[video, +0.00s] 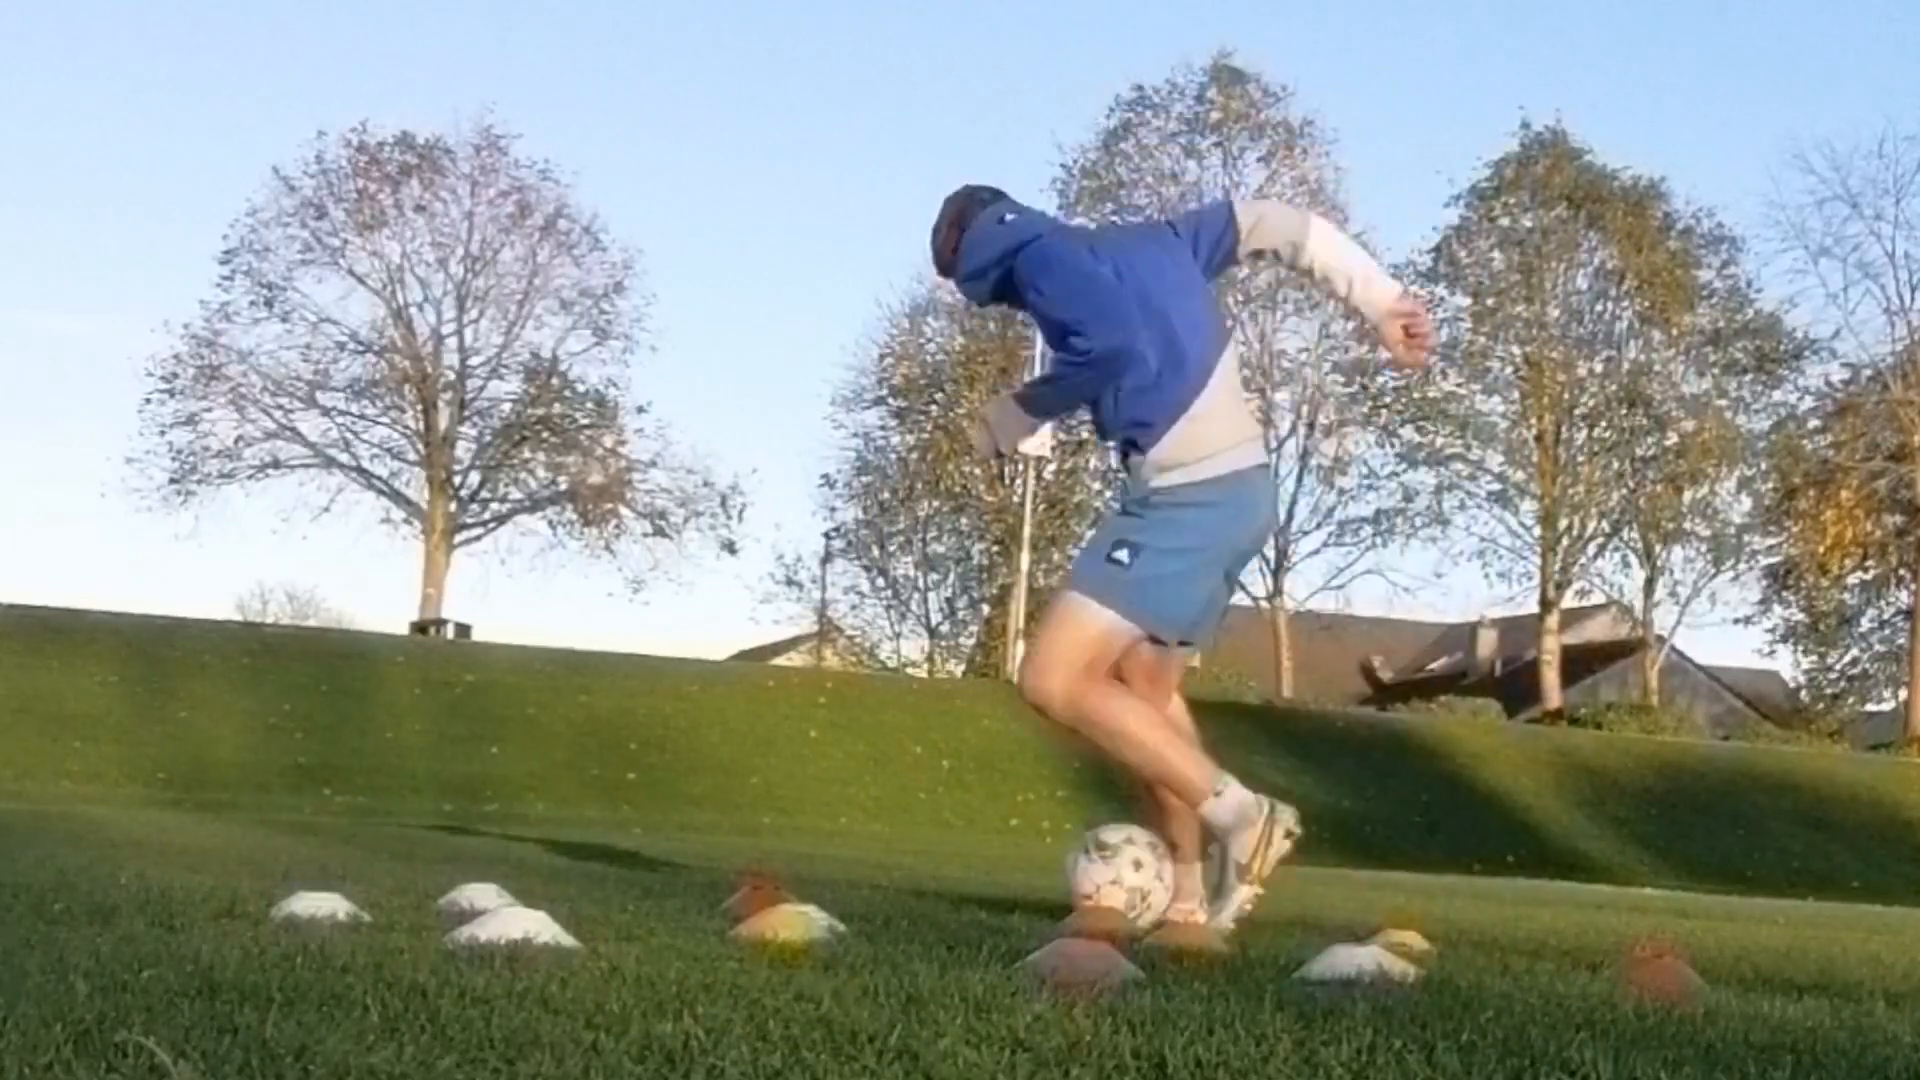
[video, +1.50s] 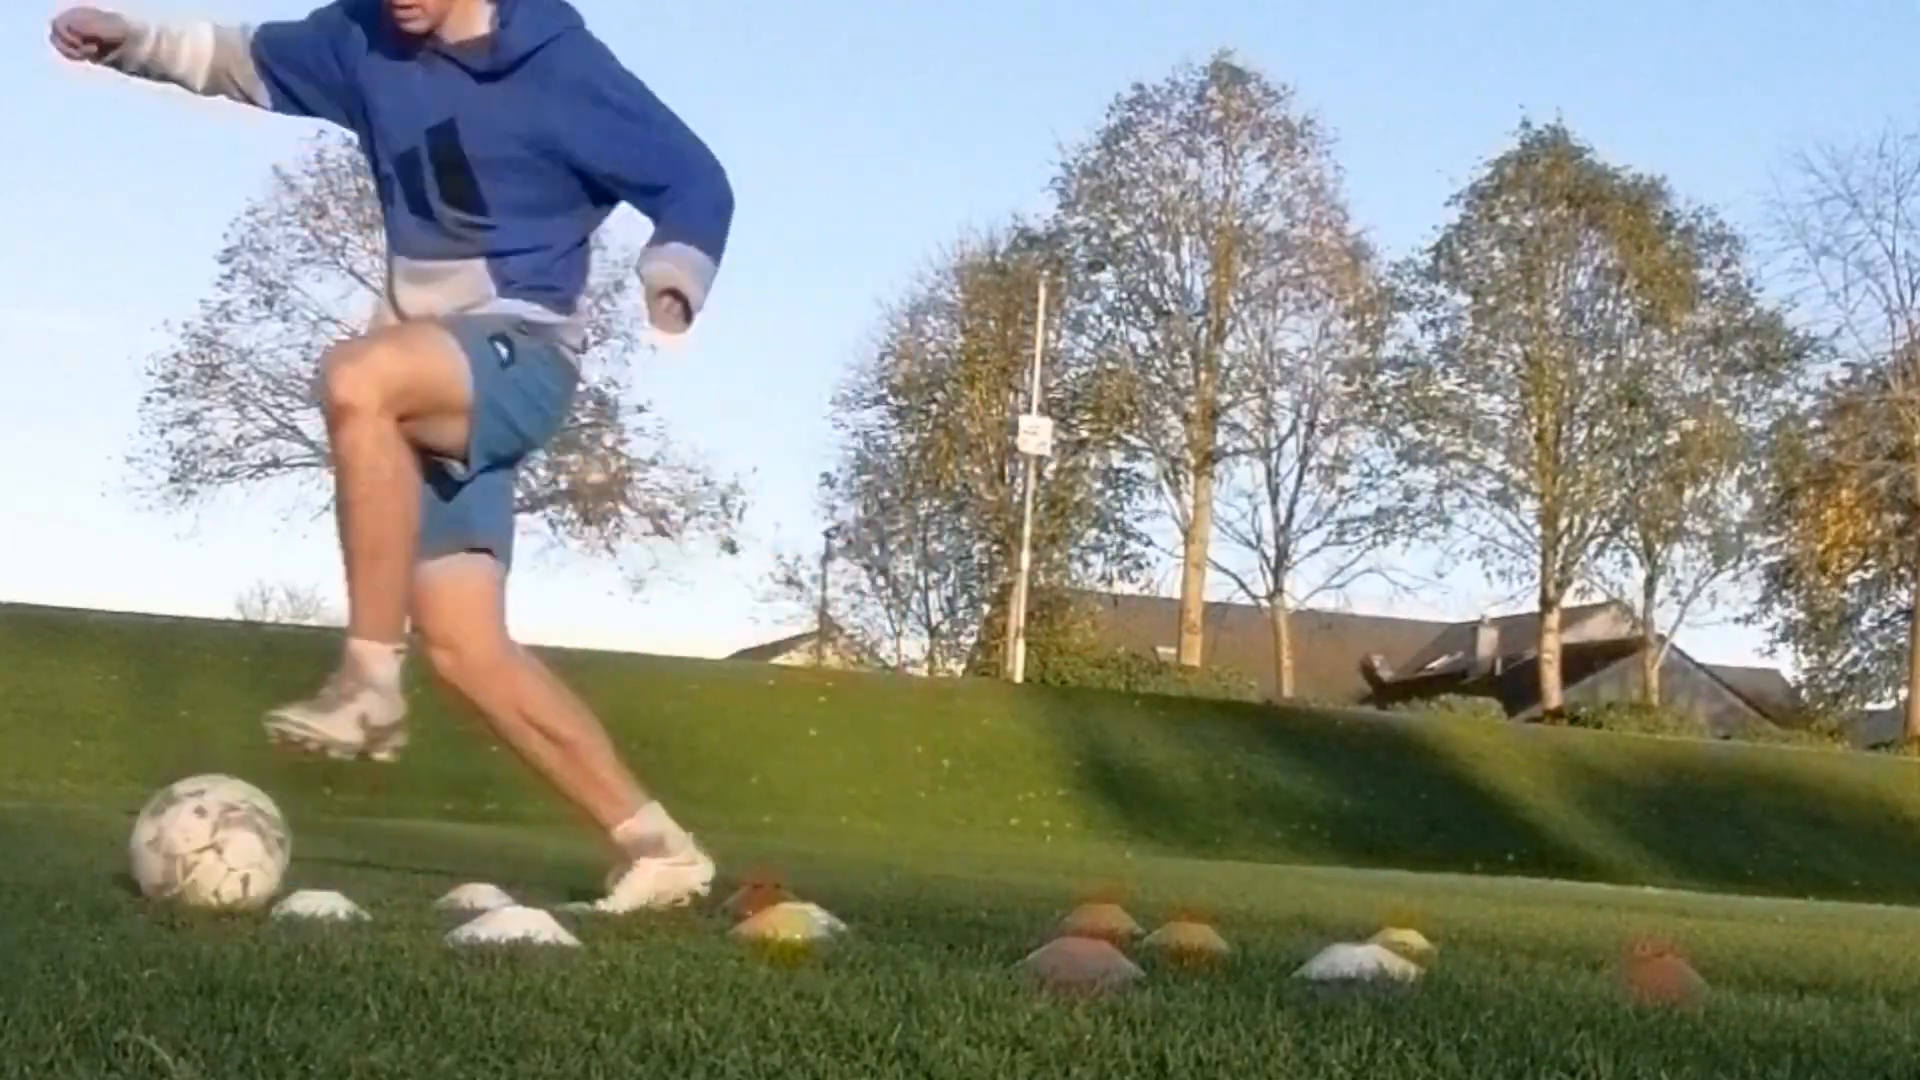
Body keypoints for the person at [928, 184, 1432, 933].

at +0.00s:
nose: (968, 286)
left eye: (959, 271)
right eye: (958, 276)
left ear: (970, 247)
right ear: (1011, 211)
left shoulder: (1043, 261)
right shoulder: (1138, 238)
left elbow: (1107, 345)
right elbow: (1279, 222)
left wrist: (1019, 412)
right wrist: (1382, 298)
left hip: (1184, 492)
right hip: (1235, 485)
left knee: (1053, 677)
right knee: (1147, 685)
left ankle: (1240, 815)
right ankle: (1185, 903)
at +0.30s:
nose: (845, 241)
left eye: (849, 220)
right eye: (831, 227)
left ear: (880, 189)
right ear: (830, 211)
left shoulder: (959, 200)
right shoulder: (917, 242)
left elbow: (1095, 235)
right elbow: (973, 345)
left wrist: (945, 255)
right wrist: (914, 416)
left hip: (1088, 468)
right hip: (1003, 476)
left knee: (997, 662)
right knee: (933, 650)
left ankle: (1090, 856)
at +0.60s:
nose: (792, 180)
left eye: (803, 157)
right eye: (775, 165)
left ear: (838, 134)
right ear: (761, 160)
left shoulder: (933, 183)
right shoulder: (786, 251)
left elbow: (1070, 214)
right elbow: (789, 379)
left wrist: (1048, 253)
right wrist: (777, 487)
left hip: (980, 456)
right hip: (871, 480)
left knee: (963, 607)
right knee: (820, 650)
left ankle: (956, 824)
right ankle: (841, 860)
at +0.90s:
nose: (786, 87)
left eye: (802, 67)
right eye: (771, 70)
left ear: (847, 47)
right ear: (756, 57)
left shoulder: (909, 148)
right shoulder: (766, 126)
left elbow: (958, 310)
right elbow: (785, 247)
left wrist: (888, 331)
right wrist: (757, 326)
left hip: (915, 410)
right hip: (804, 430)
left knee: (982, 585)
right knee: (833, 647)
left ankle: (1105, 818)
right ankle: (944, 876)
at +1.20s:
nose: (658, 37)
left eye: (672, 16)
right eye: (647, 20)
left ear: (732, 3)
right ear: (647, 22)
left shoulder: (806, 67)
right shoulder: (665, 76)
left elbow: (875, 197)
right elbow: (651, 192)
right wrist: (576, 284)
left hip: (810, 416)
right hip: (681, 397)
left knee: (851, 643)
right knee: (543, 541)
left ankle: (942, 882)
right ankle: (652, 768)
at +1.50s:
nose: (396, 1)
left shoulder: (561, 65)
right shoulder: (361, 39)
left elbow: (694, 177)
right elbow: (240, 57)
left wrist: (676, 266)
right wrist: (130, 40)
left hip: (524, 353)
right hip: (426, 351)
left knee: (362, 380)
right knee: (462, 640)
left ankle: (369, 685)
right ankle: (657, 844)